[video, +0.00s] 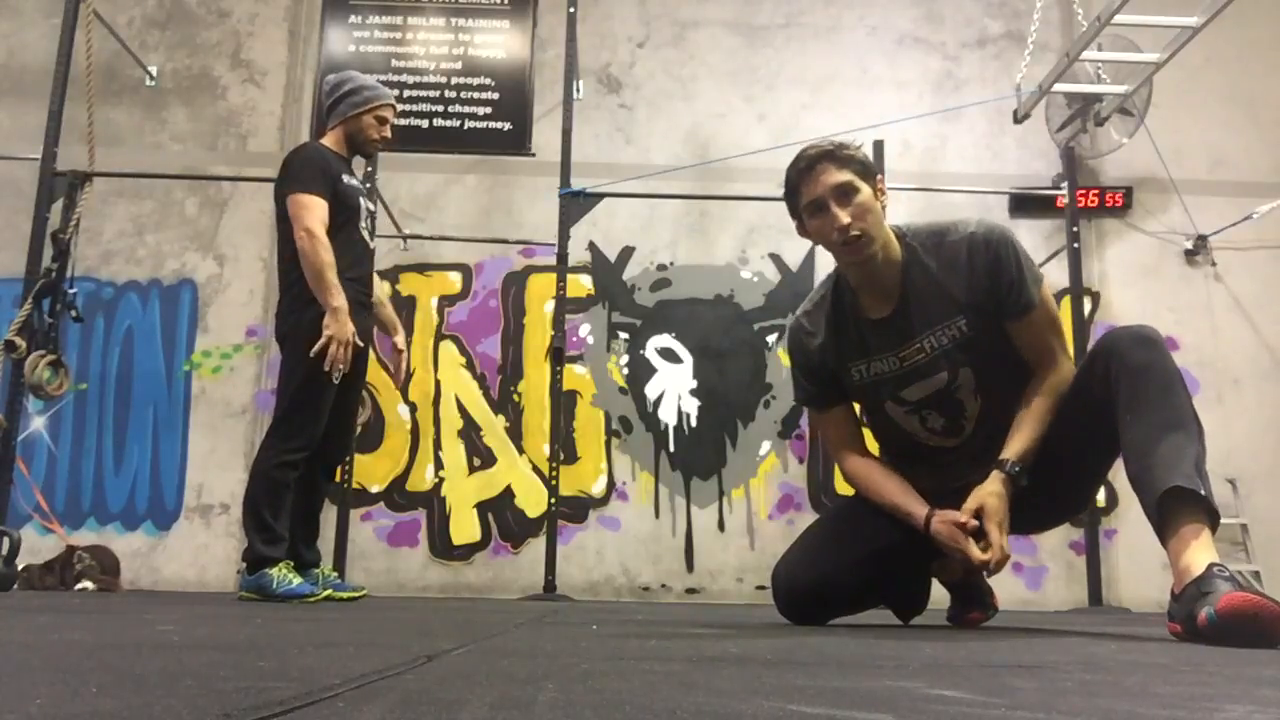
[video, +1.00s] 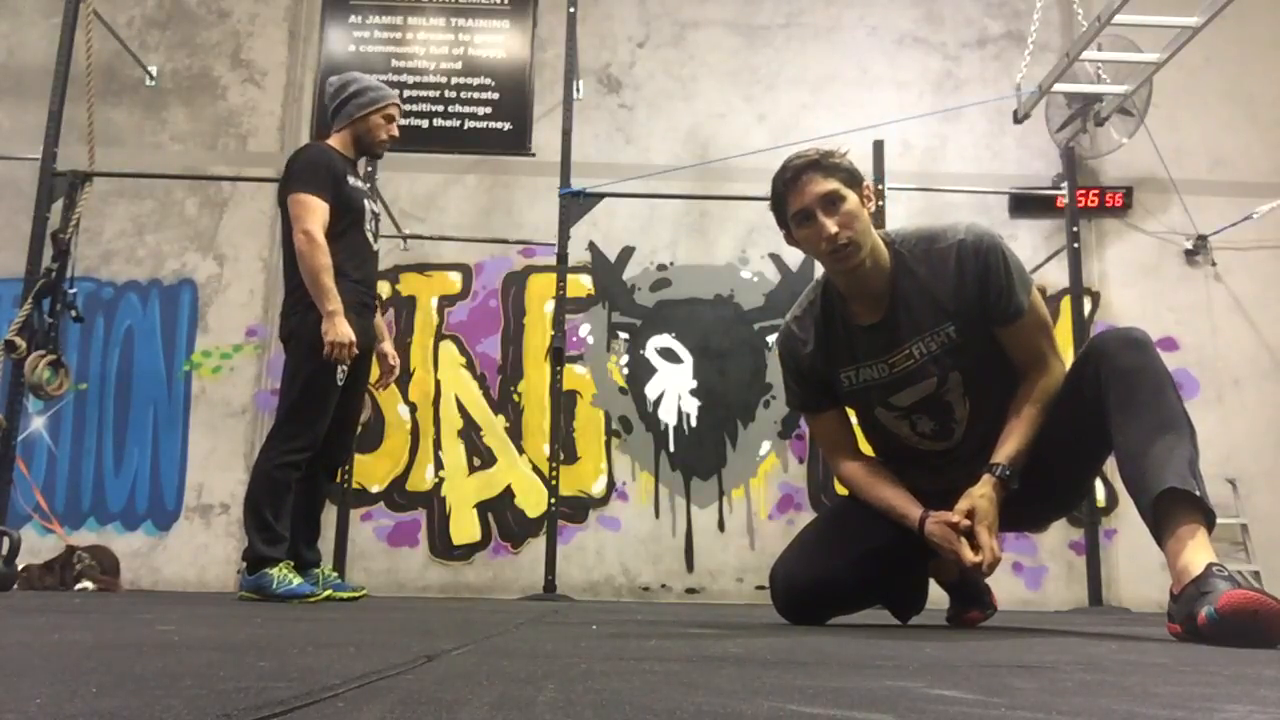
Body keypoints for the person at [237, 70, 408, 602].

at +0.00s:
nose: (387, 130)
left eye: (389, 121)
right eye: (379, 119)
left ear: (367, 123)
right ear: (347, 115)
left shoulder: (349, 176)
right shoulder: (309, 160)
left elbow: (358, 263)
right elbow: (308, 236)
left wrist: (392, 323)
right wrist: (336, 310)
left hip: (347, 325)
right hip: (314, 321)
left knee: (324, 448)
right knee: (293, 440)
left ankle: (303, 563)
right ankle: (263, 566)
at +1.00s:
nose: (394, 129)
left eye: (396, 120)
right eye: (387, 118)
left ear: (365, 123)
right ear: (354, 116)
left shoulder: (353, 177)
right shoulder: (314, 161)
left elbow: (357, 266)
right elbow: (307, 237)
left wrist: (380, 333)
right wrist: (332, 314)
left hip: (350, 328)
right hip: (318, 324)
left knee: (326, 449)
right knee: (295, 440)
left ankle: (303, 563)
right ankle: (262, 565)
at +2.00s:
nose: (387, 116)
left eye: (386, 108)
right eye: (378, 107)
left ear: (358, 116)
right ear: (346, 112)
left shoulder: (355, 174)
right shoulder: (318, 162)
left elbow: (361, 266)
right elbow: (313, 241)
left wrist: (381, 336)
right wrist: (336, 317)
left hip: (349, 328)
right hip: (319, 323)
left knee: (323, 451)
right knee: (296, 441)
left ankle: (302, 564)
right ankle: (263, 566)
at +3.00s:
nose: (385, 116)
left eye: (384, 107)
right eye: (376, 107)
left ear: (356, 116)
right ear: (344, 111)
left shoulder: (354, 174)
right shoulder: (315, 162)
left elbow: (359, 265)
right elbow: (311, 242)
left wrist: (380, 334)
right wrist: (335, 316)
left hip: (347, 329)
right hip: (317, 324)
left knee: (323, 451)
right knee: (294, 442)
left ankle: (302, 564)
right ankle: (262, 566)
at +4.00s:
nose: (390, 117)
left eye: (389, 109)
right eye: (380, 108)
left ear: (362, 117)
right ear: (348, 113)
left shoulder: (356, 175)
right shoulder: (319, 162)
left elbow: (362, 268)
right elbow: (314, 241)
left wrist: (382, 337)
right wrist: (337, 317)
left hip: (351, 328)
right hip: (320, 323)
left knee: (325, 450)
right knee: (297, 441)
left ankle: (302, 563)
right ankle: (262, 566)